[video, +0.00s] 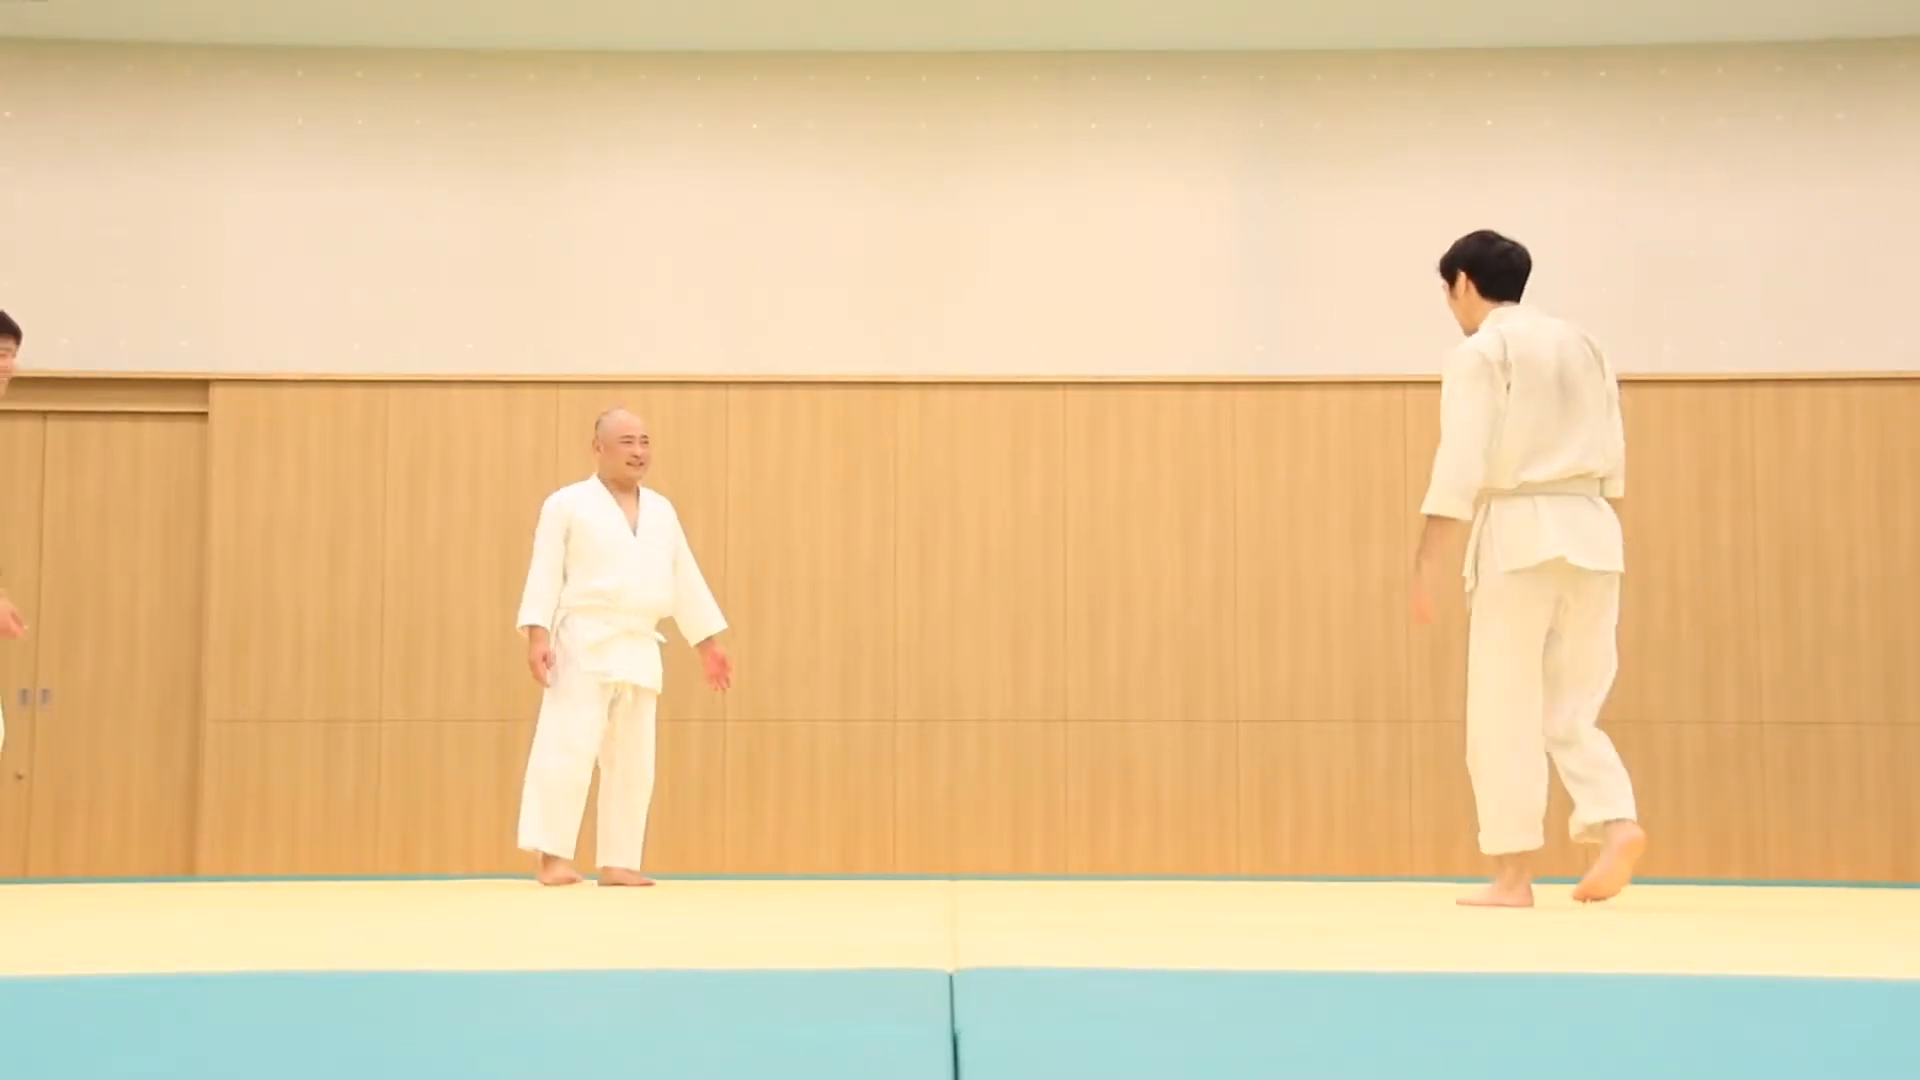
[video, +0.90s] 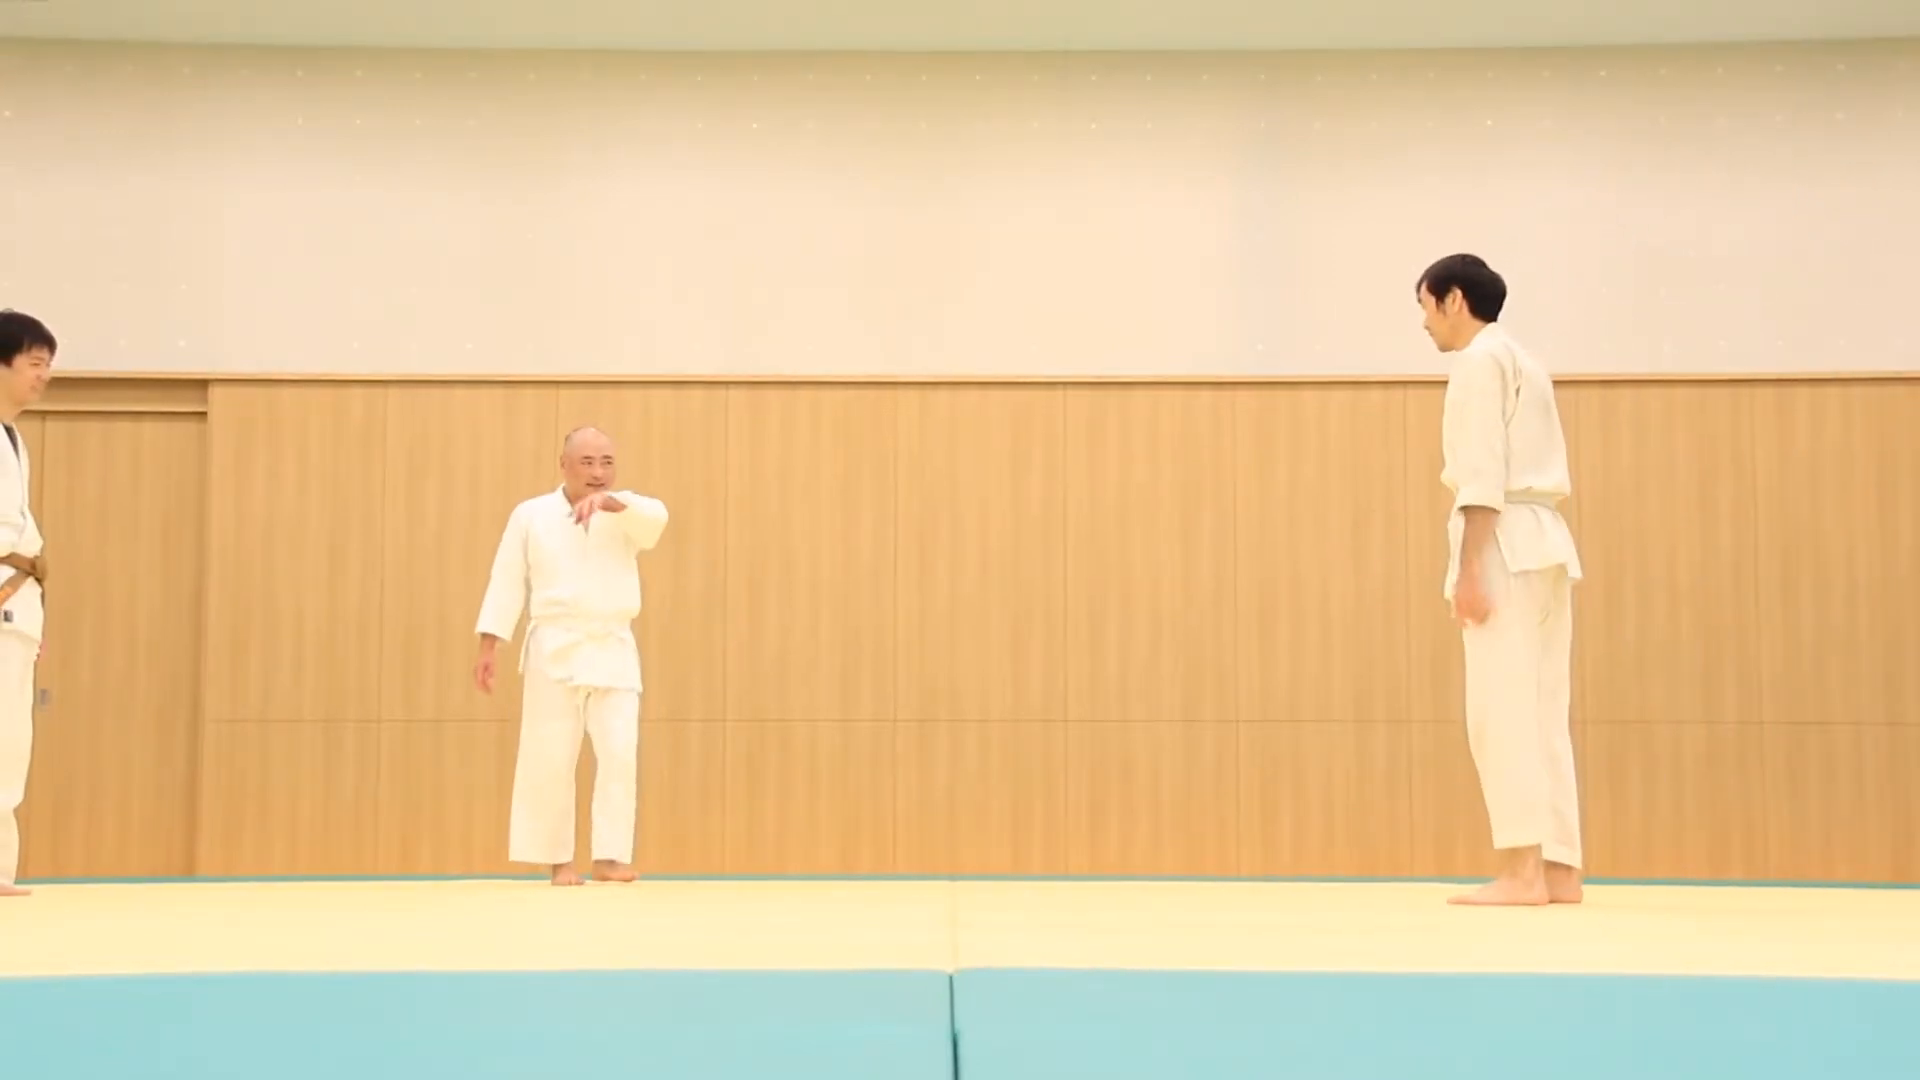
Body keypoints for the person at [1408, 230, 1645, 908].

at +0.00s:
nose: (1450, 306)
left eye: (1450, 291)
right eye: (1449, 292)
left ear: (1468, 285)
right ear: (1515, 284)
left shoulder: (1479, 351)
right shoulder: (1582, 346)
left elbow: (1461, 465)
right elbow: (1611, 460)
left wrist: (1426, 565)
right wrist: (1588, 529)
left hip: (1516, 537)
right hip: (1594, 535)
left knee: (1503, 701)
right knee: (1572, 706)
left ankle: (1511, 878)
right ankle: (1619, 823)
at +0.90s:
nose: (1424, 323)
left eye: (1426, 308)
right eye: (1422, 309)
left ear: (1455, 301)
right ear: (1475, 302)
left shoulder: (1477, 361)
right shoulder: (1520, 360)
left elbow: (1482, 471)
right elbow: (1537, 469)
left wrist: (1470, 567)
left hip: (1503, 544)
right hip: (1542, 540)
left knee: (1498, 708)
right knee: (1544, 706)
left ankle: (1519, 871)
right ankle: (1561, 871)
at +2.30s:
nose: (1463, 334)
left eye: (1467, 319)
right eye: (1461, 321)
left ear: (1501, 314)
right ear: (1506, 314)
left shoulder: (1544, 371)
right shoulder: (1541, 372)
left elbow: (1577, 470)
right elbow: (1575, 471)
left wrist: (1538, 549)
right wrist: (1541, 550)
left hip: (1581, 556)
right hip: (1590, 556)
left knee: (1541, 708)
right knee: (1598, 712)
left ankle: (1545, 868)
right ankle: (1623, 871)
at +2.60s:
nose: (1475, 333)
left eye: (1479, 319)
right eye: (1473, 321)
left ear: (1512, 316)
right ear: (1517, 316)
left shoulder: (1548, 372)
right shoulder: (1543, 373)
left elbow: (1583, 474)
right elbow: (1583, 474)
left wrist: (1550, 554)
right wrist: (1553, 554)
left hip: (1601, 561)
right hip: (1595, 561)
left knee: (1594, 714)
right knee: (1592, 714)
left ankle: (1631, 874)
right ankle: (1625, 872)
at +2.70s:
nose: (1469, 336)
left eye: (1474, 322)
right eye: (1468, 323)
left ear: (1506, 320)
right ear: (1511, 321)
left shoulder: (1546, 377)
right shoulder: (1536, 378)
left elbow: (1585, 478)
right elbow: (1579, 478)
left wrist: (1550, 547)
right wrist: (1551, 548)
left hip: (1610, 569)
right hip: (1595, 570)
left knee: (1586, 712)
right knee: (1576, 713)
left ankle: (1634, 875)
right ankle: (1614, 872)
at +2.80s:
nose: (1467, 339)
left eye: (1471, 325)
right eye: (1466, 326)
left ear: (1502, 324)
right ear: (1509, 325)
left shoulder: (1545, 380)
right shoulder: (1536, 381)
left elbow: (1586, 480)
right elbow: (1579, 481)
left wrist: (1552, 554)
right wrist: (1551, 554)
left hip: (1604, 569)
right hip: (1591, 569)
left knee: (1576, 713)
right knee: (1570, 714)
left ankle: (1632, 873)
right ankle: (1616, 871)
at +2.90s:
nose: (1463, 344)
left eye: (1467, 330)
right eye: (1462, 331)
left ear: (1498, 329)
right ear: (1509, 330)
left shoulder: (1543, 384)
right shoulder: (1536, 386)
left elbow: (1582, 482)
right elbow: (1576, 483)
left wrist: (1541, 550)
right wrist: (1544, 550)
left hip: (1598, 572)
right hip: (1587, 571)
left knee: (1560, 719)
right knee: (1562, 718)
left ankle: (1626, 868)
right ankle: (1620, 867)